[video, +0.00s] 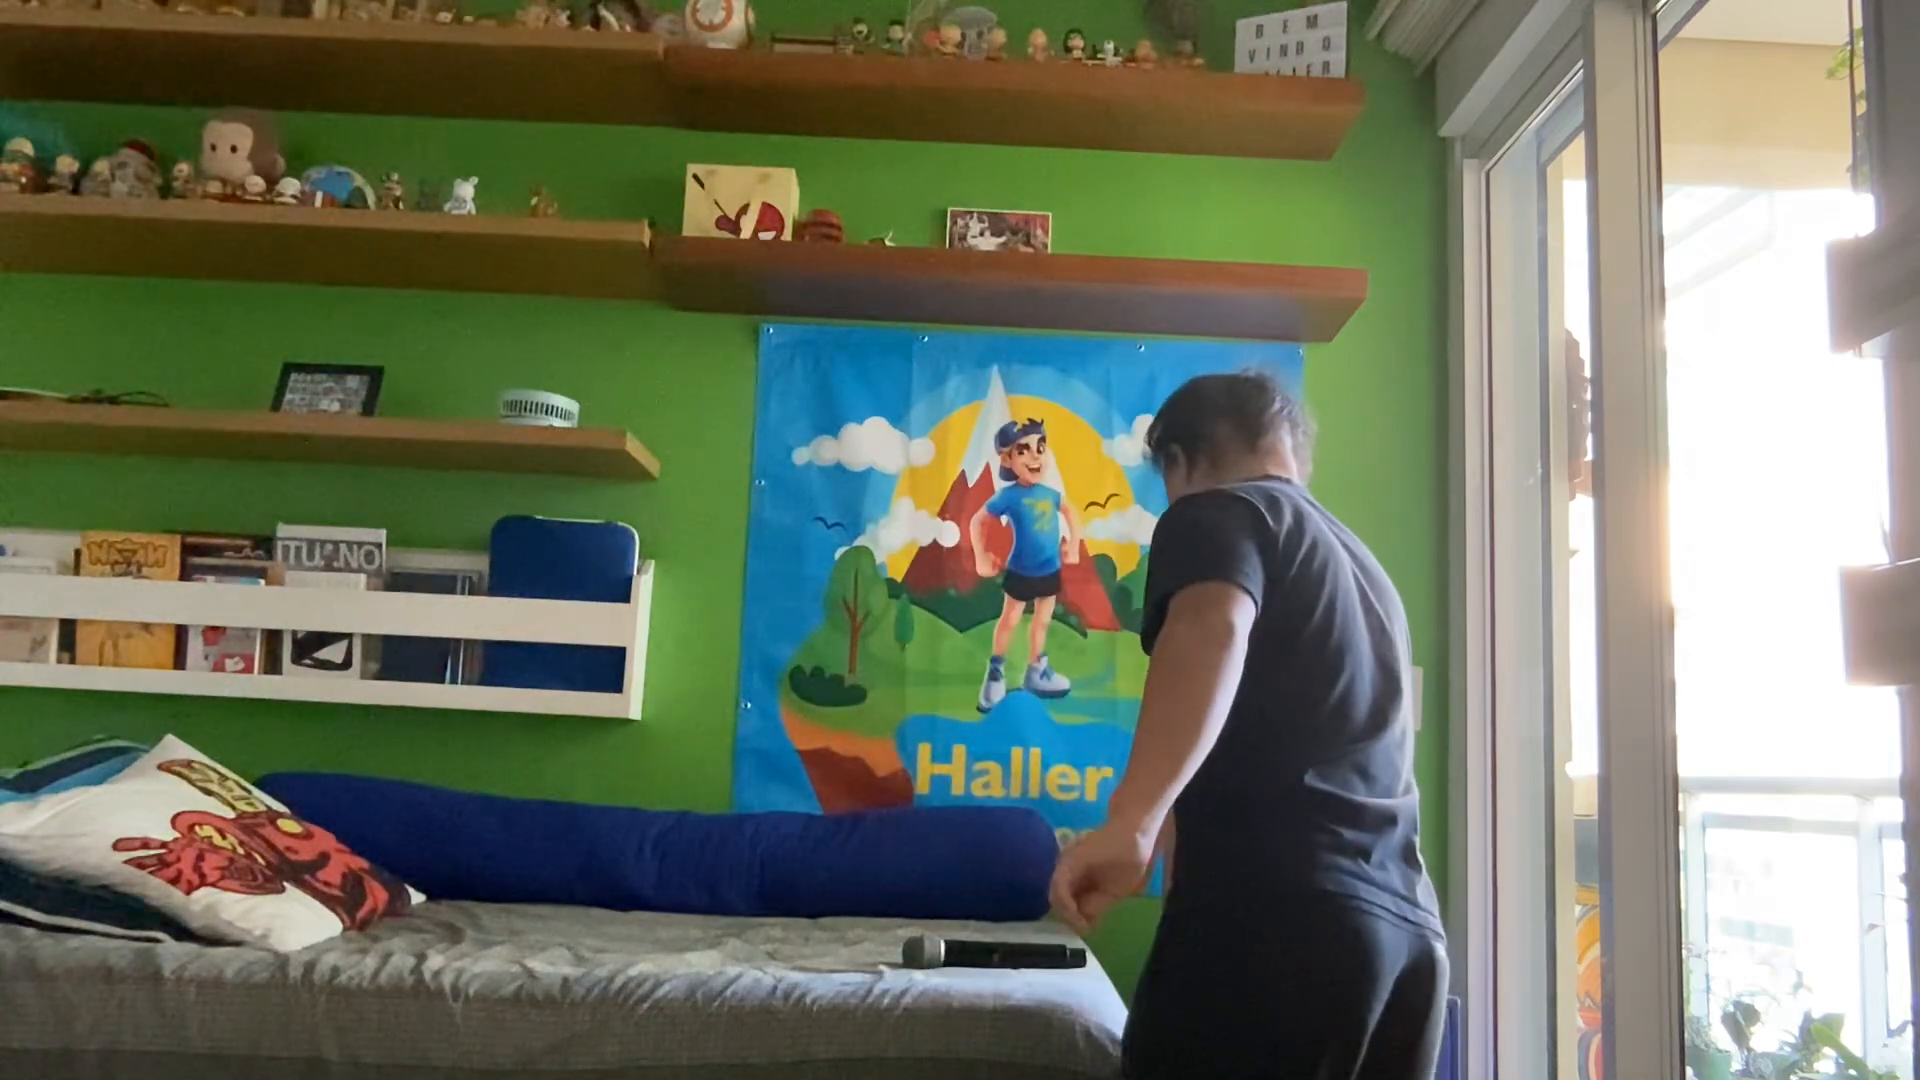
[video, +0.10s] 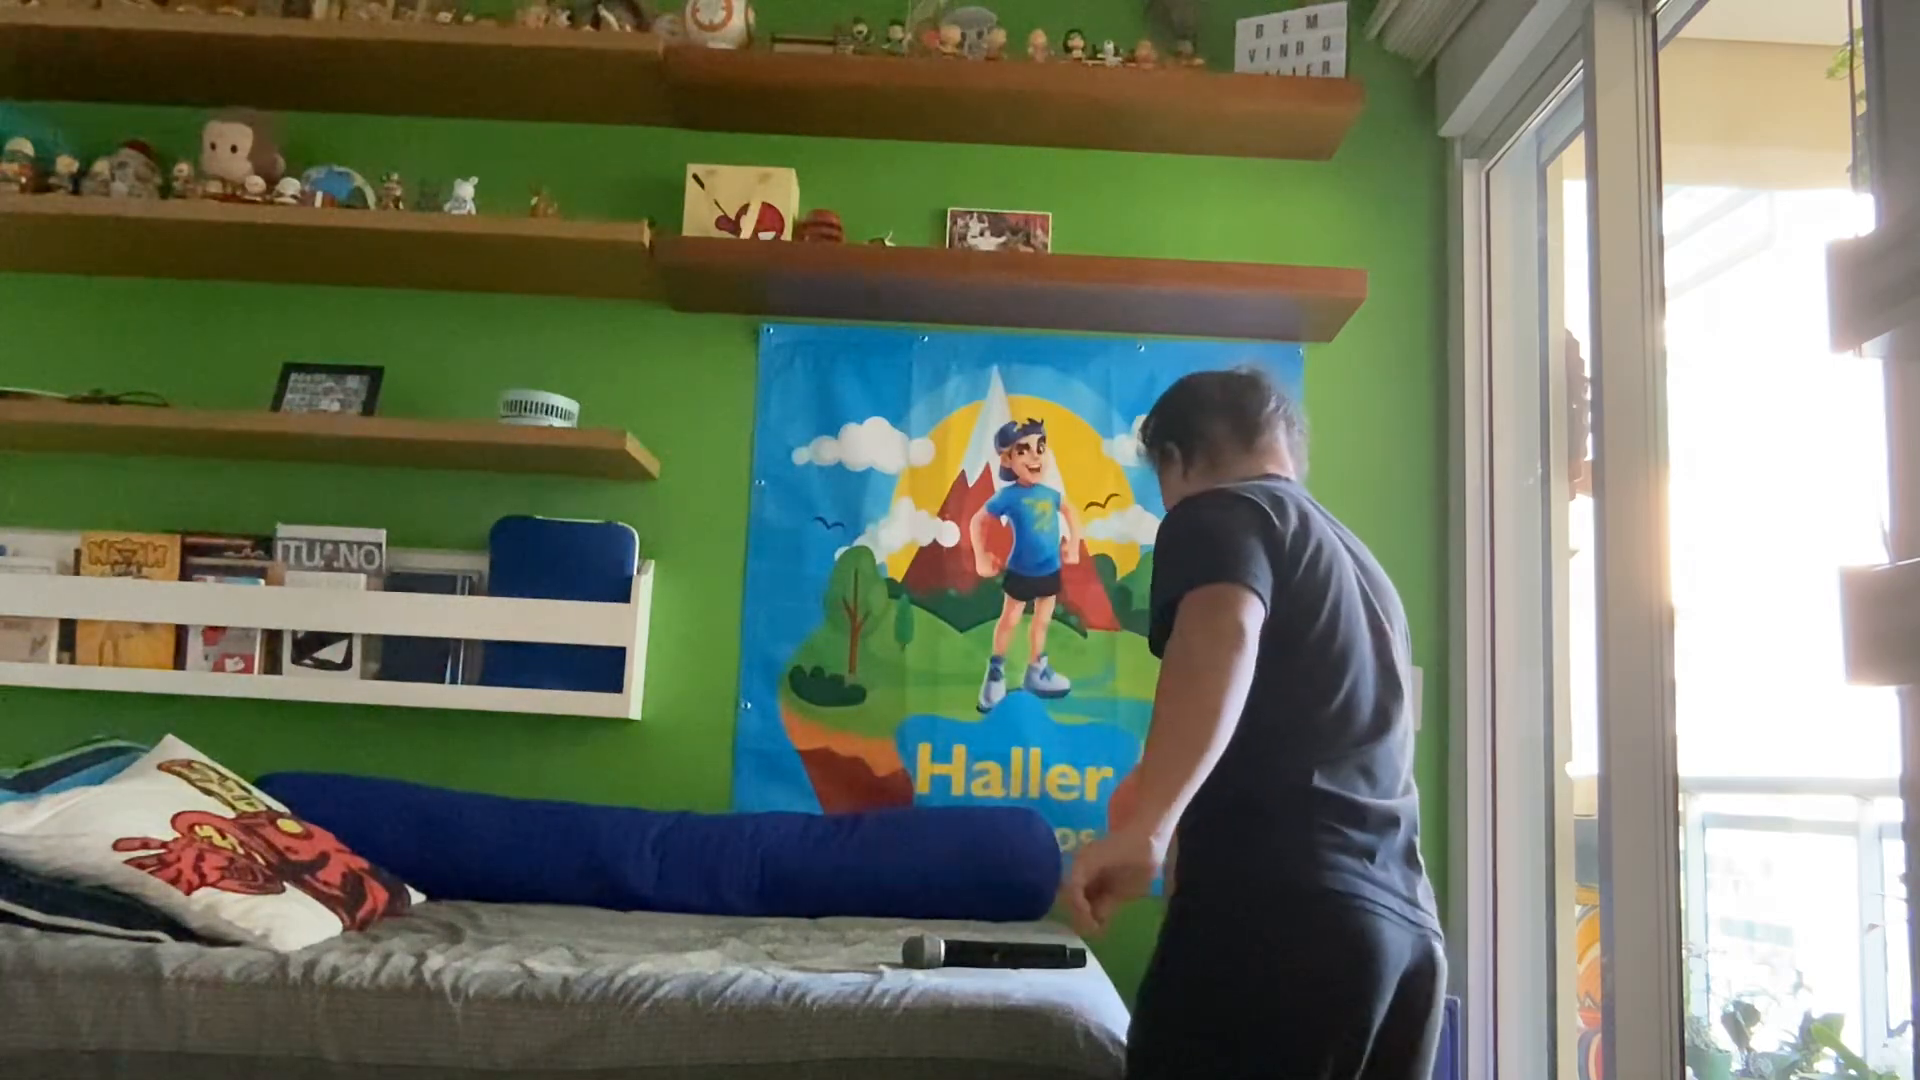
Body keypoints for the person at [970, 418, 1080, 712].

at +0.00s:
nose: (1033, 457)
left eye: (1039, 449)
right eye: (1023, 451)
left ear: (1046, 454)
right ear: (1008, 460)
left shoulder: (1051, 494)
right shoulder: (1007, 496)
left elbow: (1070, 514)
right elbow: (977, 521)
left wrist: (1074, 543)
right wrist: (981, 556)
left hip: (1049, 570)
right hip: (1020, 571)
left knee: (1043, 619)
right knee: (1010, 619)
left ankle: (1037, 669)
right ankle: (996, 671)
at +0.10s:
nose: (1034, 458)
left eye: (1039, 450)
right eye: (1023, 451)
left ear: (1046, 454)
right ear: (1008, 461)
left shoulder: (1050, 494)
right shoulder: (1007, 496)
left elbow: (1070, 513)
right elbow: (977, 520)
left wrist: (1074, 543)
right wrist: (981, 556)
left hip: (1049, 570)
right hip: (1020, 571)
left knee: (1043, 619)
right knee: (1010, 619)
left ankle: (1037, 669)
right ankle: (995, 671)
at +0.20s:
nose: (1034, 458)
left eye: (1039, 450)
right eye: (1023, 451)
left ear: (1046, 454)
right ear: (1008, 460)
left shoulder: (1050, 494)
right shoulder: (1007, 496)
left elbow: (1070, 513)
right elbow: (977, 521)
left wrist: (1074, 543)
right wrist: (981, 556)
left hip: (1049, 570)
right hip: (1020, 571)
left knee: (1043, 619)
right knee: (1010, 619)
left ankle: (1037, 669)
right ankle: (995, 671)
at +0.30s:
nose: (1034, 457)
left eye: (1039, 449)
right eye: (1023, 451)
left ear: (1046, 454)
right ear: (1007, 460)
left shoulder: (1050, 494)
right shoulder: (1008, 496)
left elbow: (1070, 513)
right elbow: (977, 520)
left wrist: (1074, 543)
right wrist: (981, 556)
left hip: (1049, 570)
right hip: (1020, 571)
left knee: (1043, 619)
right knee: (1010, 619)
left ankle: (1037, 669)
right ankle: (995, 671)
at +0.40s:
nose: (1034, 458)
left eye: (1039, 450)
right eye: (1024, 451)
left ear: (1046, 454)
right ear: (1007, 460)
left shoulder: (1050, 494)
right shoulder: (1007, 496)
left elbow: (1069, 512)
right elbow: (977, 520)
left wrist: (1074, 541)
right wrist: (981, 556)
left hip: (1049, 570)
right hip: (1020, 571)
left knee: (1043, 619)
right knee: (1009, 619)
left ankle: (1037, 669)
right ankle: (995, 671)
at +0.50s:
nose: (1034, 458)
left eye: (1039, 449)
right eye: (1024, 451)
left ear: (1046, 454)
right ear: (1007, 460)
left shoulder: (1050, 494)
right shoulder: (1007, 496)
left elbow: (1069, 512)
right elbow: (977, 520)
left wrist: (1074, 541)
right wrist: (981, 556)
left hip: (1049, 570)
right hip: (1020, 572)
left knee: (1043, 619)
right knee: (1009, 619)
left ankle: (1037, 669)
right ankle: (995, 671)